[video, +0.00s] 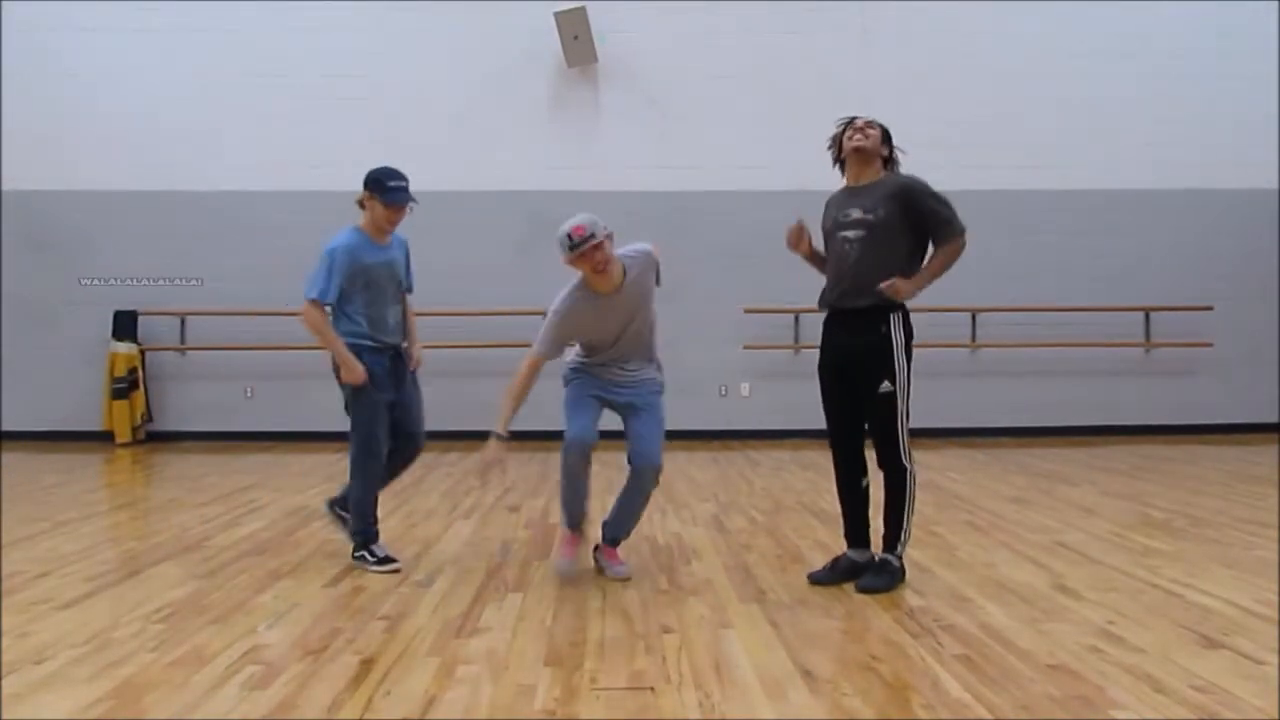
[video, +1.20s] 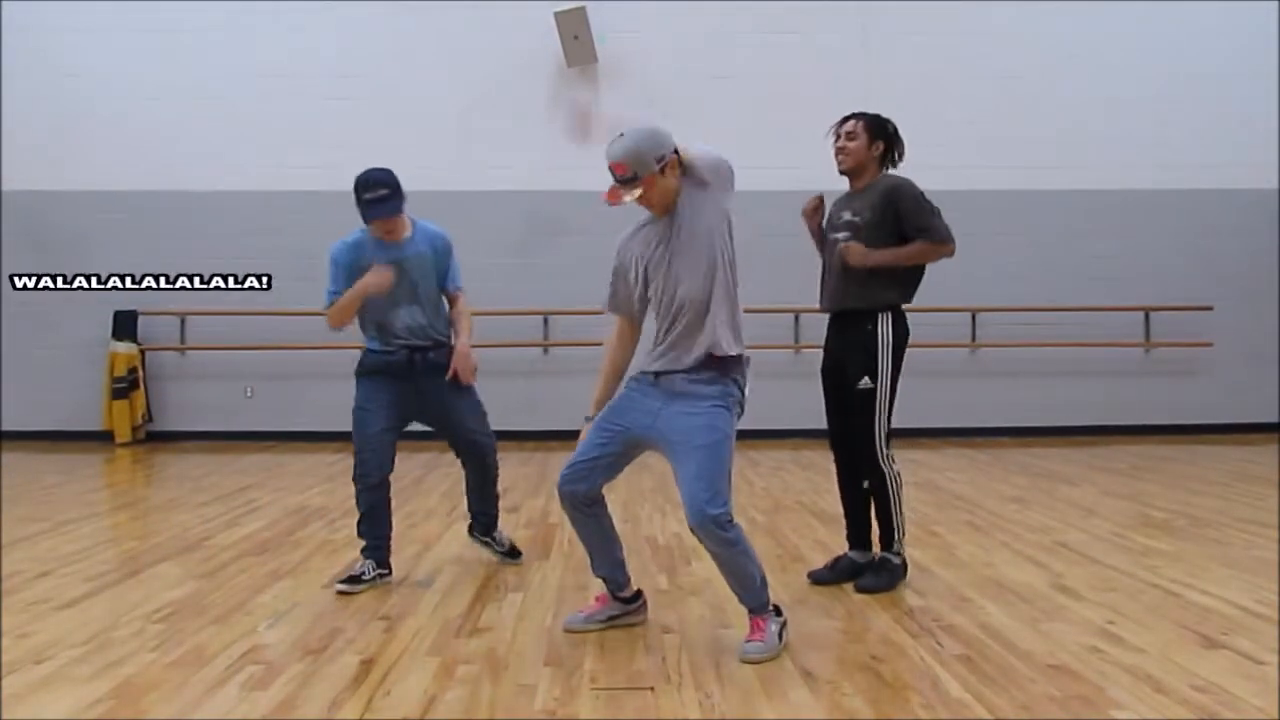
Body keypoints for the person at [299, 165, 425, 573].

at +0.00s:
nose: (397, 215)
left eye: (402, 207)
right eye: (389, 207)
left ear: (407, 207)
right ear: (366, 202)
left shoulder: (399, 246)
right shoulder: (343, 249)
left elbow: (404, 298)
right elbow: (311, 309)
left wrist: (413, 342)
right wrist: (345, 358)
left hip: (397, 358)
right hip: (361, 360)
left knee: (410, 441)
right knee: (371, 448)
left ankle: (349, 499)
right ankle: (365, 542)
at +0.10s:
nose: (414, 215)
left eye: (420, 207)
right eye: (407, 206)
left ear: (424, 206)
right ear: (384, 201)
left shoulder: (407, 244)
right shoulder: (359, 245)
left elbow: (404, 290)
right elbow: (314, 293)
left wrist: (418, 321)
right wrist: (354, 335)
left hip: (410, 354)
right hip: (374, 358)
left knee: (431, 435)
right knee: (375, 447)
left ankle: (398, 521)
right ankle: (364, 542)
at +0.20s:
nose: (429, 216)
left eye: (435, 208)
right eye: (422, 207)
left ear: (439, 208)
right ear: (399, 201)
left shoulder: (417, 244)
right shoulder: (376, 240)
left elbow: (407, 294)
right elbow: (325, 284)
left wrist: (428, 325)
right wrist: (369, 326)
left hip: (421, 357)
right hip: (385, 359)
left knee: (441, 435)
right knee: (375, 447)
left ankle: (454, 527)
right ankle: (364, 542)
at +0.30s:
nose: (445, 220)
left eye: (450, 212)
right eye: (438, 211)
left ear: (455, 213)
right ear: (415, 205)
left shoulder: (432, 250)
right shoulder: (388, 245)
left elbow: (429, 303)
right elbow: (348, 293)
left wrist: (447, 331)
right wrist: (400, 307)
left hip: (435, 364)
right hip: (396, 366)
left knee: (457, 447)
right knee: (380, 451)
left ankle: (481, 531)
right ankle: (364, 542)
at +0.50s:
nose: (471, 231)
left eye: (478, 223)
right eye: (464, 222)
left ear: (485, 221)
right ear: (443, 213)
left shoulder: (470, 258)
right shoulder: (417, 250)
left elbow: (472, 322)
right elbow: (408, 311)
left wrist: (493, 307)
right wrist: (460, 278)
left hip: (470, 365)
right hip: (428, 368)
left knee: (491, 450)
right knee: (421, 457)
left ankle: (485, 533)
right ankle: (378, 532)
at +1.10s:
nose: (401, 234)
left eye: (408, 225)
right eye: (392, 227)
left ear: (421, 215)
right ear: (379, 220)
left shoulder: (446, 247)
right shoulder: (365, 254)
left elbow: (466, 303)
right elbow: (369, 319)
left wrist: (466, 340)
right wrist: (393, 263)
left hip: (445, 369)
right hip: (393, 373)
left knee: (483, 447)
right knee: (376, 462)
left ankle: (486, 526)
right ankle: (376, 559)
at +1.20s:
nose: (387, 225)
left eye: (392, 215)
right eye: (377, 219)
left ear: (403, 204)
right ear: (362, 215)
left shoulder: (435, 242)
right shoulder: (347, 253)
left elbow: (457, 298)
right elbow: (335, 319)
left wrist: (464, 343)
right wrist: (363, 287)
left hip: (438, 365)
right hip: (382, 369)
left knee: (480, 447)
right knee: (370, 464)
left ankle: (484, 527)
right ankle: (375, 559)